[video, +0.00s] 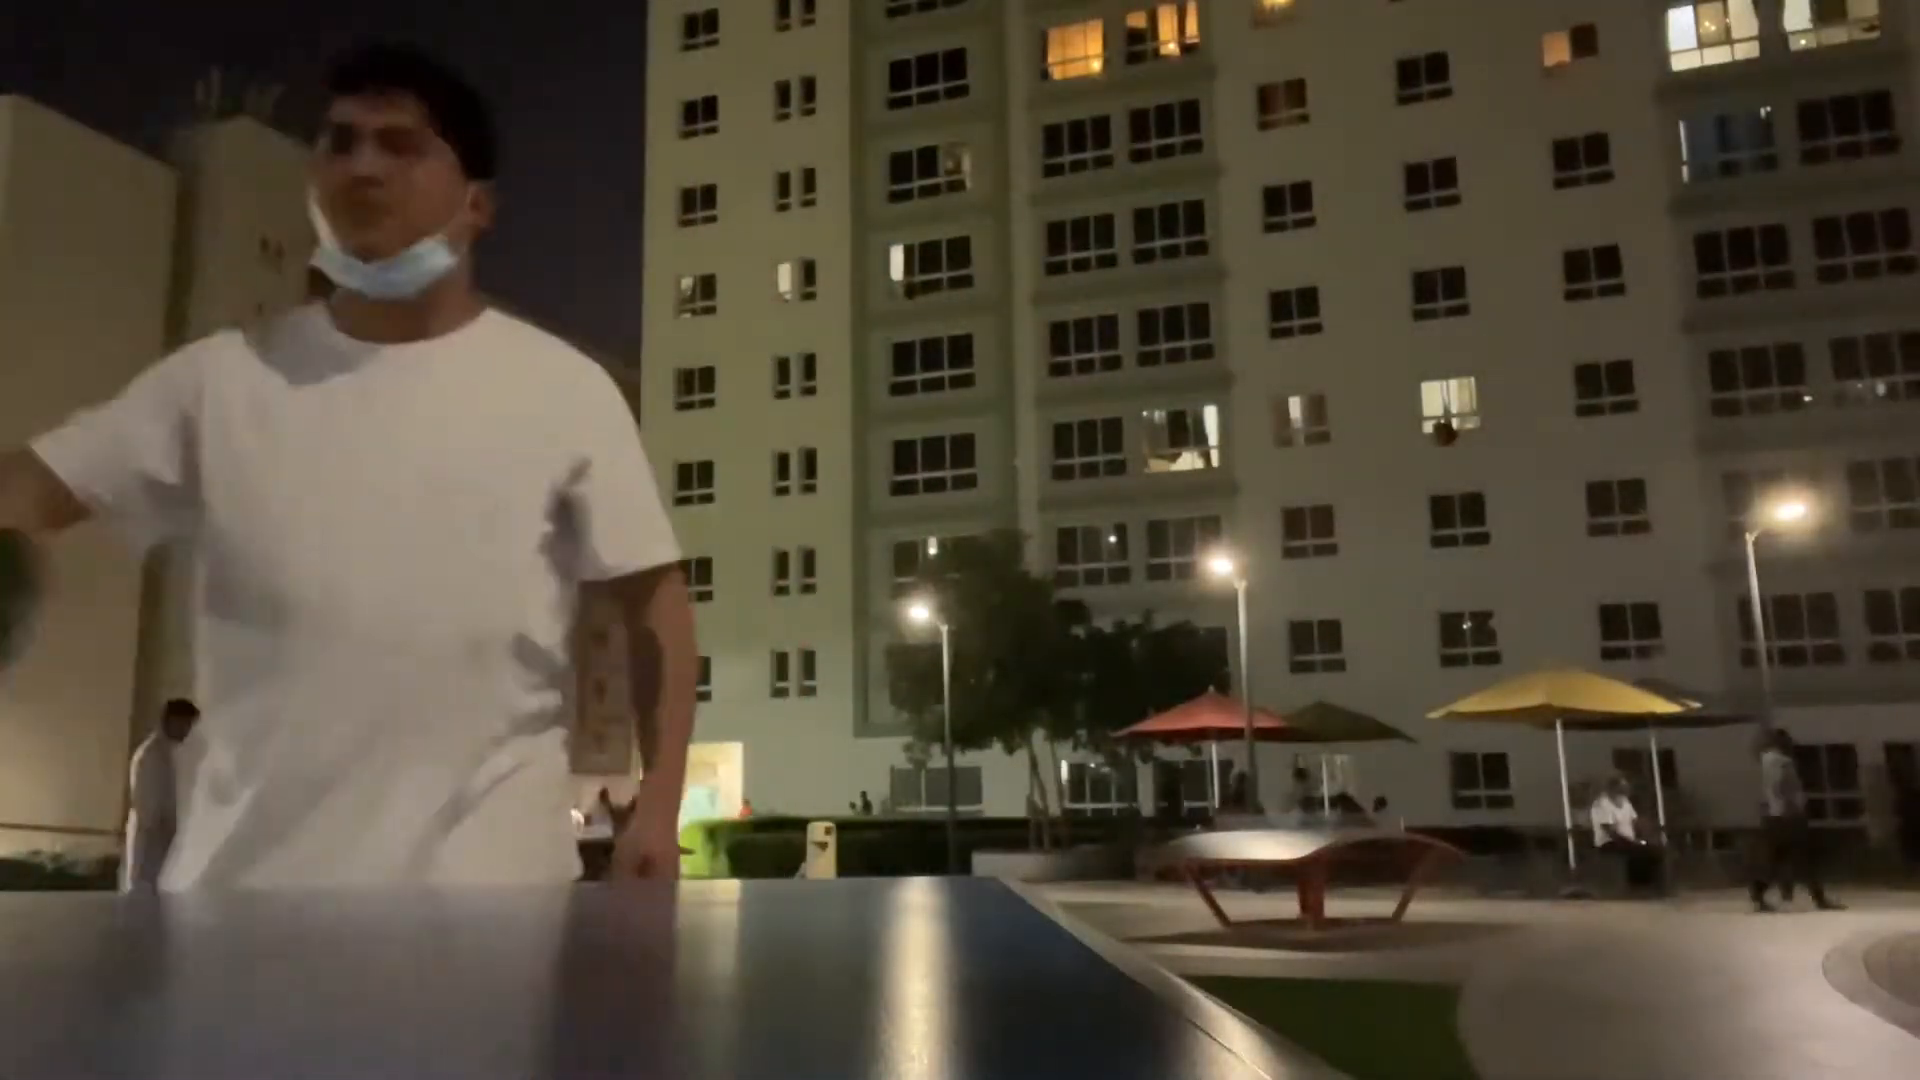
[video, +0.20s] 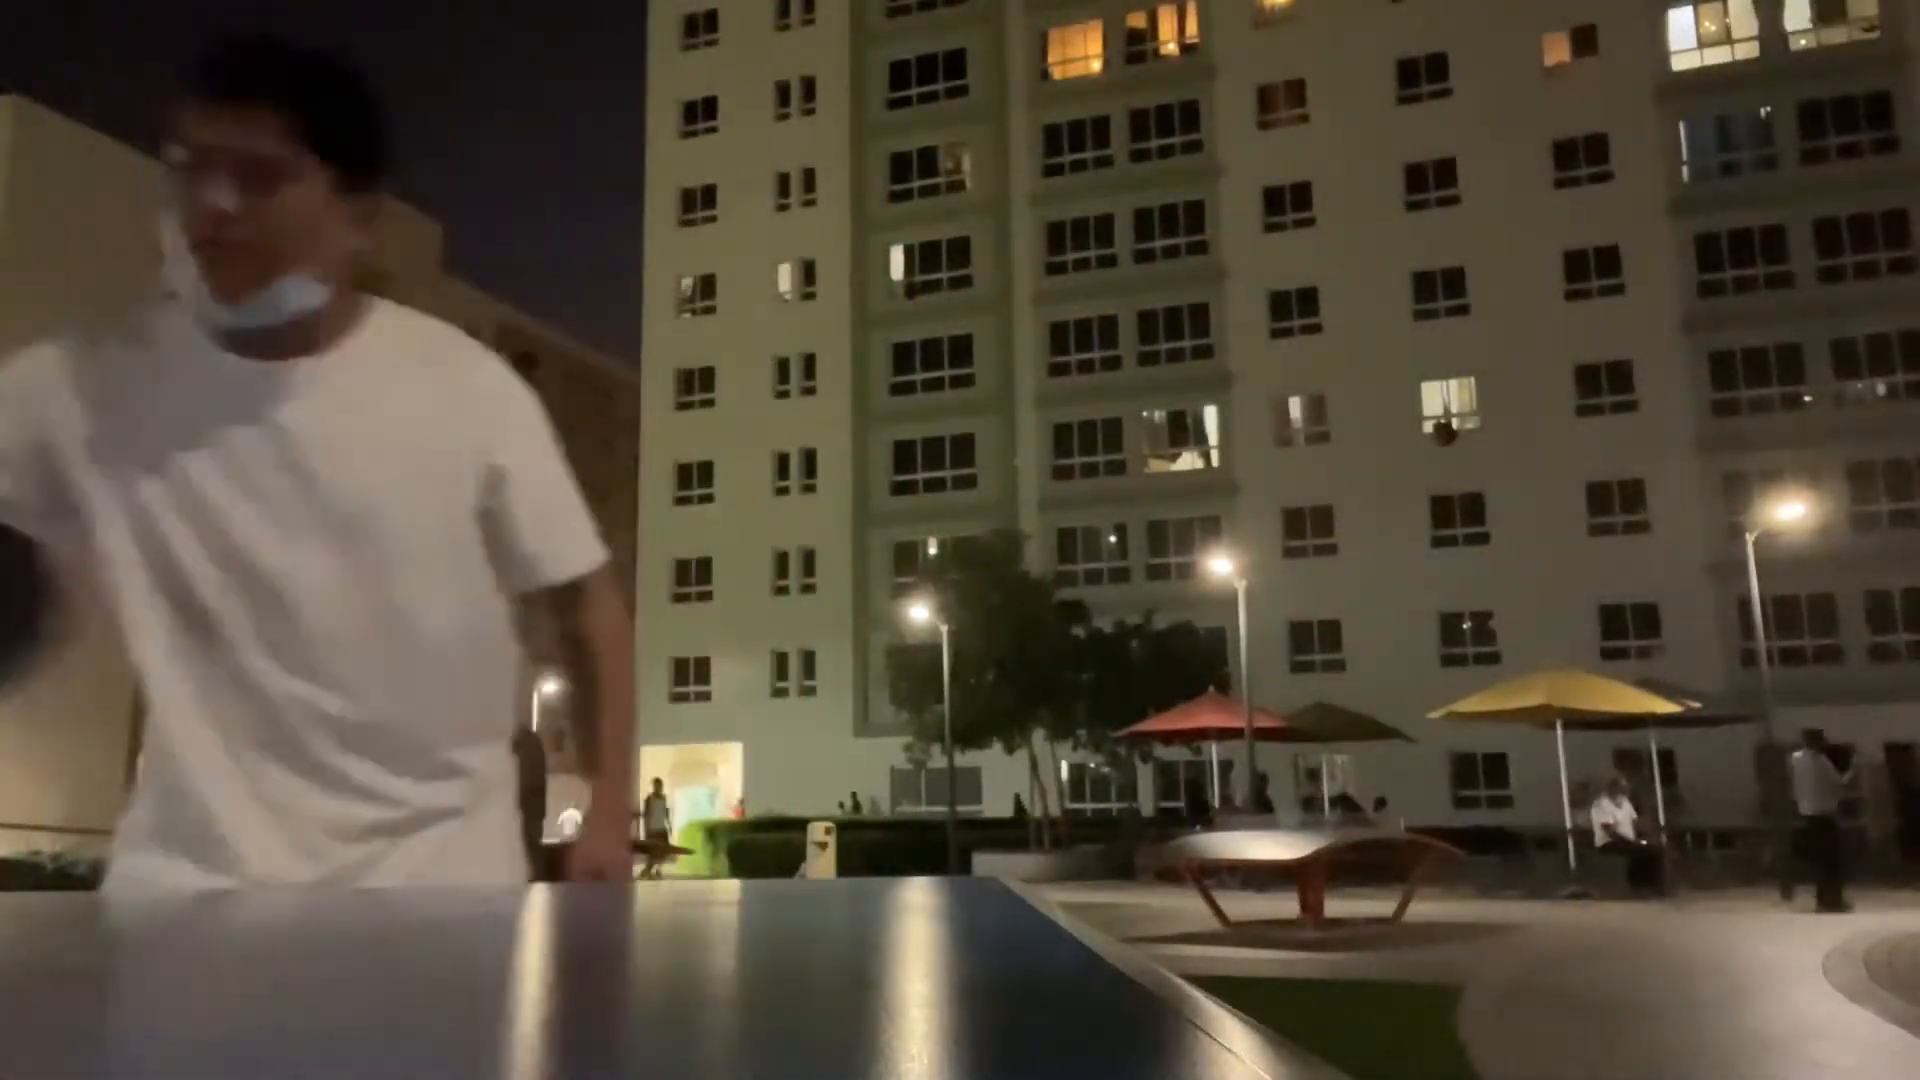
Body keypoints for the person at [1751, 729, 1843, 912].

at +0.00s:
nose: (1791, 744)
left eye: (1790, 741)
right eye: (1789, 741)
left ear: (1772, 742)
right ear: (1783, 742)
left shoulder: (1768, 758)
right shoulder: (1780, 761)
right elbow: (1780, 788)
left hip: (1773, 816)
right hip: (1787, 816)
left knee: (1772, 858)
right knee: (1806, 859)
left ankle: (1759, 892)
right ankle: (1820, 898)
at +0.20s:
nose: (1823, 745)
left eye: (1822, 741)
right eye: (1822, 742)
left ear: (1804, 741)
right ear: (1818, 742)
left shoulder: (1795, 759)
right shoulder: (1821, 760)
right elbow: (1840, 782)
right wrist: (1853, 767)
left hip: (1806, 815)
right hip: (1825, 816)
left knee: (1819, 860)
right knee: (1831, 860)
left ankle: (1824, 897)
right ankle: (1832, 899)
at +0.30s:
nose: (1831, 748)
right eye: (1830, 744)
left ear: (1815, 744)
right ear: (1831, 744)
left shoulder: (1808, 761)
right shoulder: (1836, 762)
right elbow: (1852, 777)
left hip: (1821, 815)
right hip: (1840, 815)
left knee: (1828, 859)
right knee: (1849, 858)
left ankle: (1825, 898)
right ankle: (1856, 897)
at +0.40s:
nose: (1837, 745)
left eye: (1833, 741)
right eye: (1839, 741)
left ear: (1825, 742)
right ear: (1841, 742)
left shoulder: (1818, 760)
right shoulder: (1849, 761)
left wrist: (1832, 750)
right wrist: (1852, 750)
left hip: (1831, 816)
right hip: (1850, 816)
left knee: (1837, 856)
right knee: (1854, 857)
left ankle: (1840, 887)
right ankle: (1855, 895)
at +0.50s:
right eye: (1854, 741)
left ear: (1835, 742)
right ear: (1854, 742)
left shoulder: (1828, 758)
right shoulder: (1861, 759)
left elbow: (1829, 786)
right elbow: (1873, 784)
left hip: (1841, 816)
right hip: (1865, 816)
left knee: (1850, 859)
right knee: (1877, 856)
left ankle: (1855, 898)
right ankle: (1882, 895)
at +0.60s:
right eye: (1867, 743)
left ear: (1851, 743)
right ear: (1869, 743)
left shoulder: (1843, 760)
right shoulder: (1877, 761)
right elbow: (1887, 784)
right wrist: (1888, 809)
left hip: (1855, 815)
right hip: (1877, 815)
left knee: (1859, 857)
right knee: (1888, 857)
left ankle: (1857, 896)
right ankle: (1903, 896)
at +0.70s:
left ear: (1867, 742)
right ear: (1884, 741)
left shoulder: (1860, 759)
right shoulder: (1893, 759)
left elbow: (1859, 754)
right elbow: (1901, 781)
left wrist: (1868, 746)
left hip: (1872, 815)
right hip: (1893, 815)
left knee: (1877, 855)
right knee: (1896, 857)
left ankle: (1868, 887)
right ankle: (1903, 895)